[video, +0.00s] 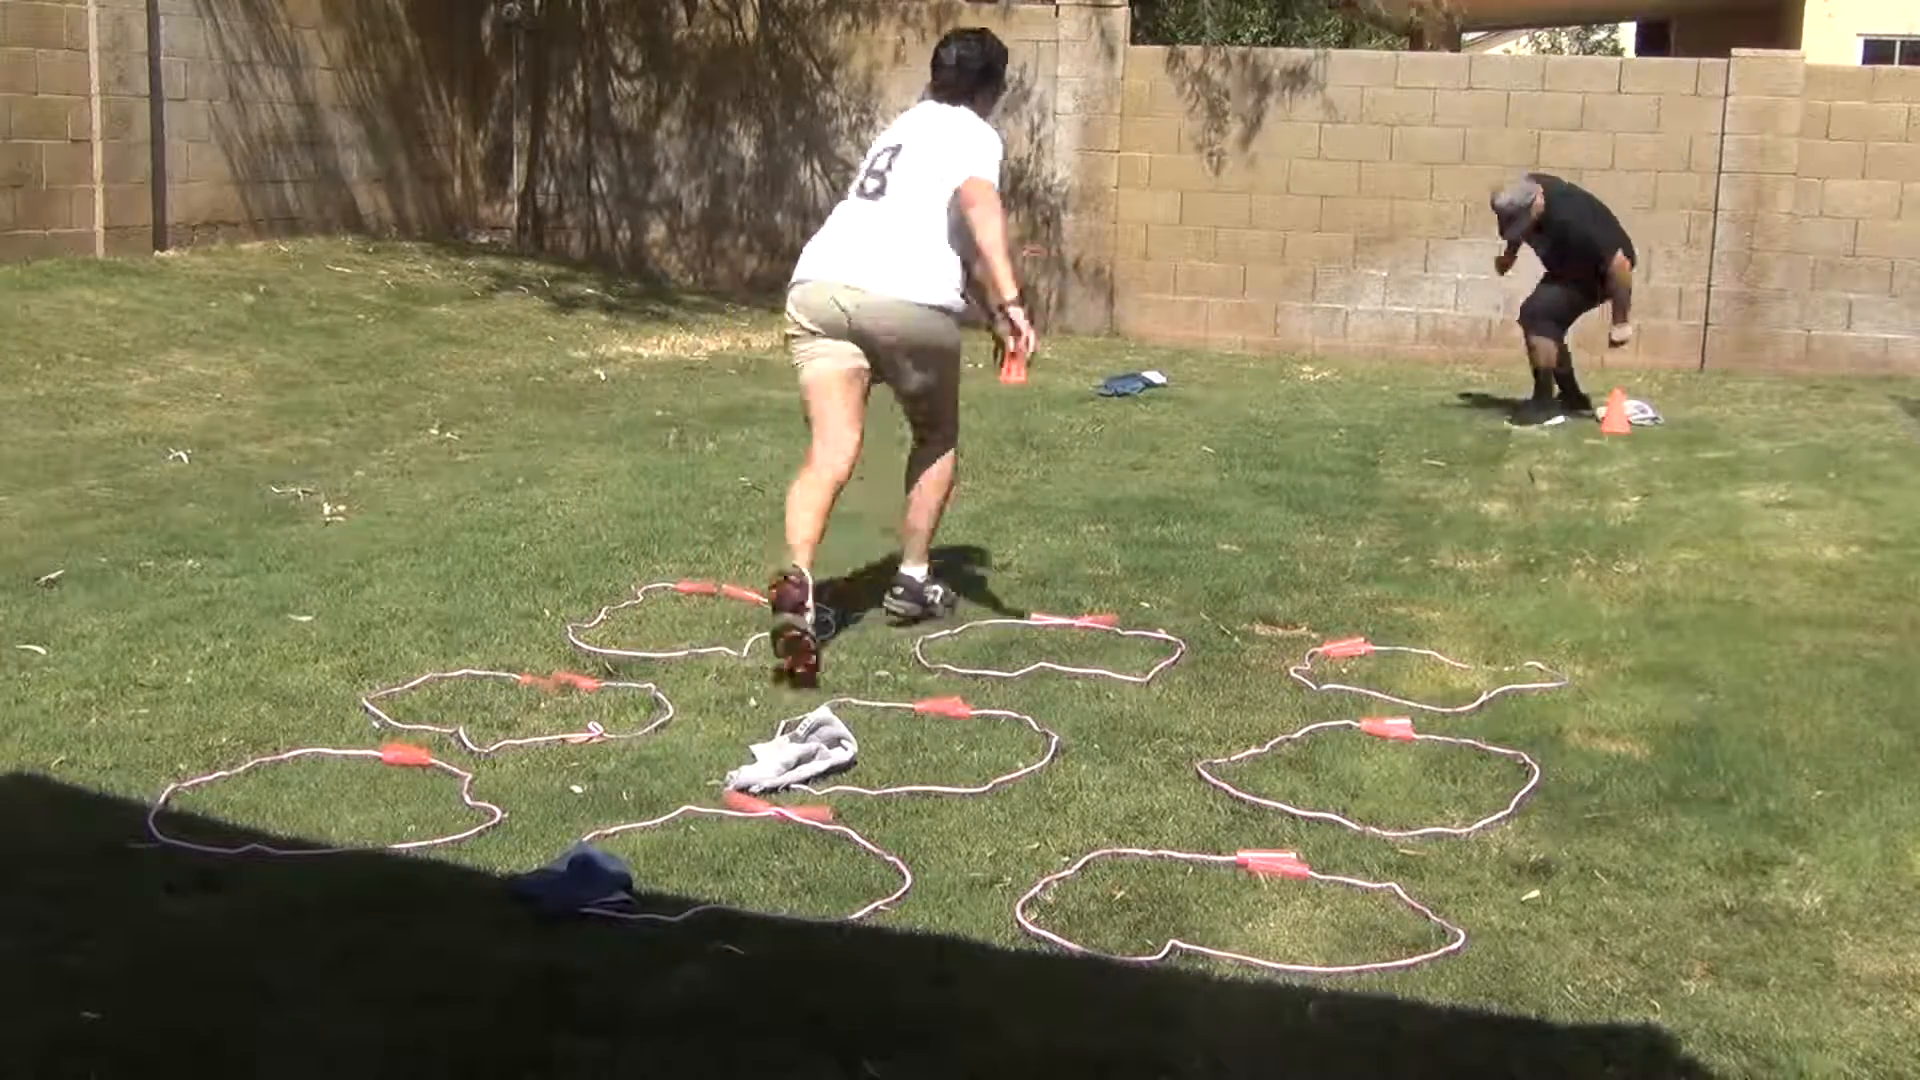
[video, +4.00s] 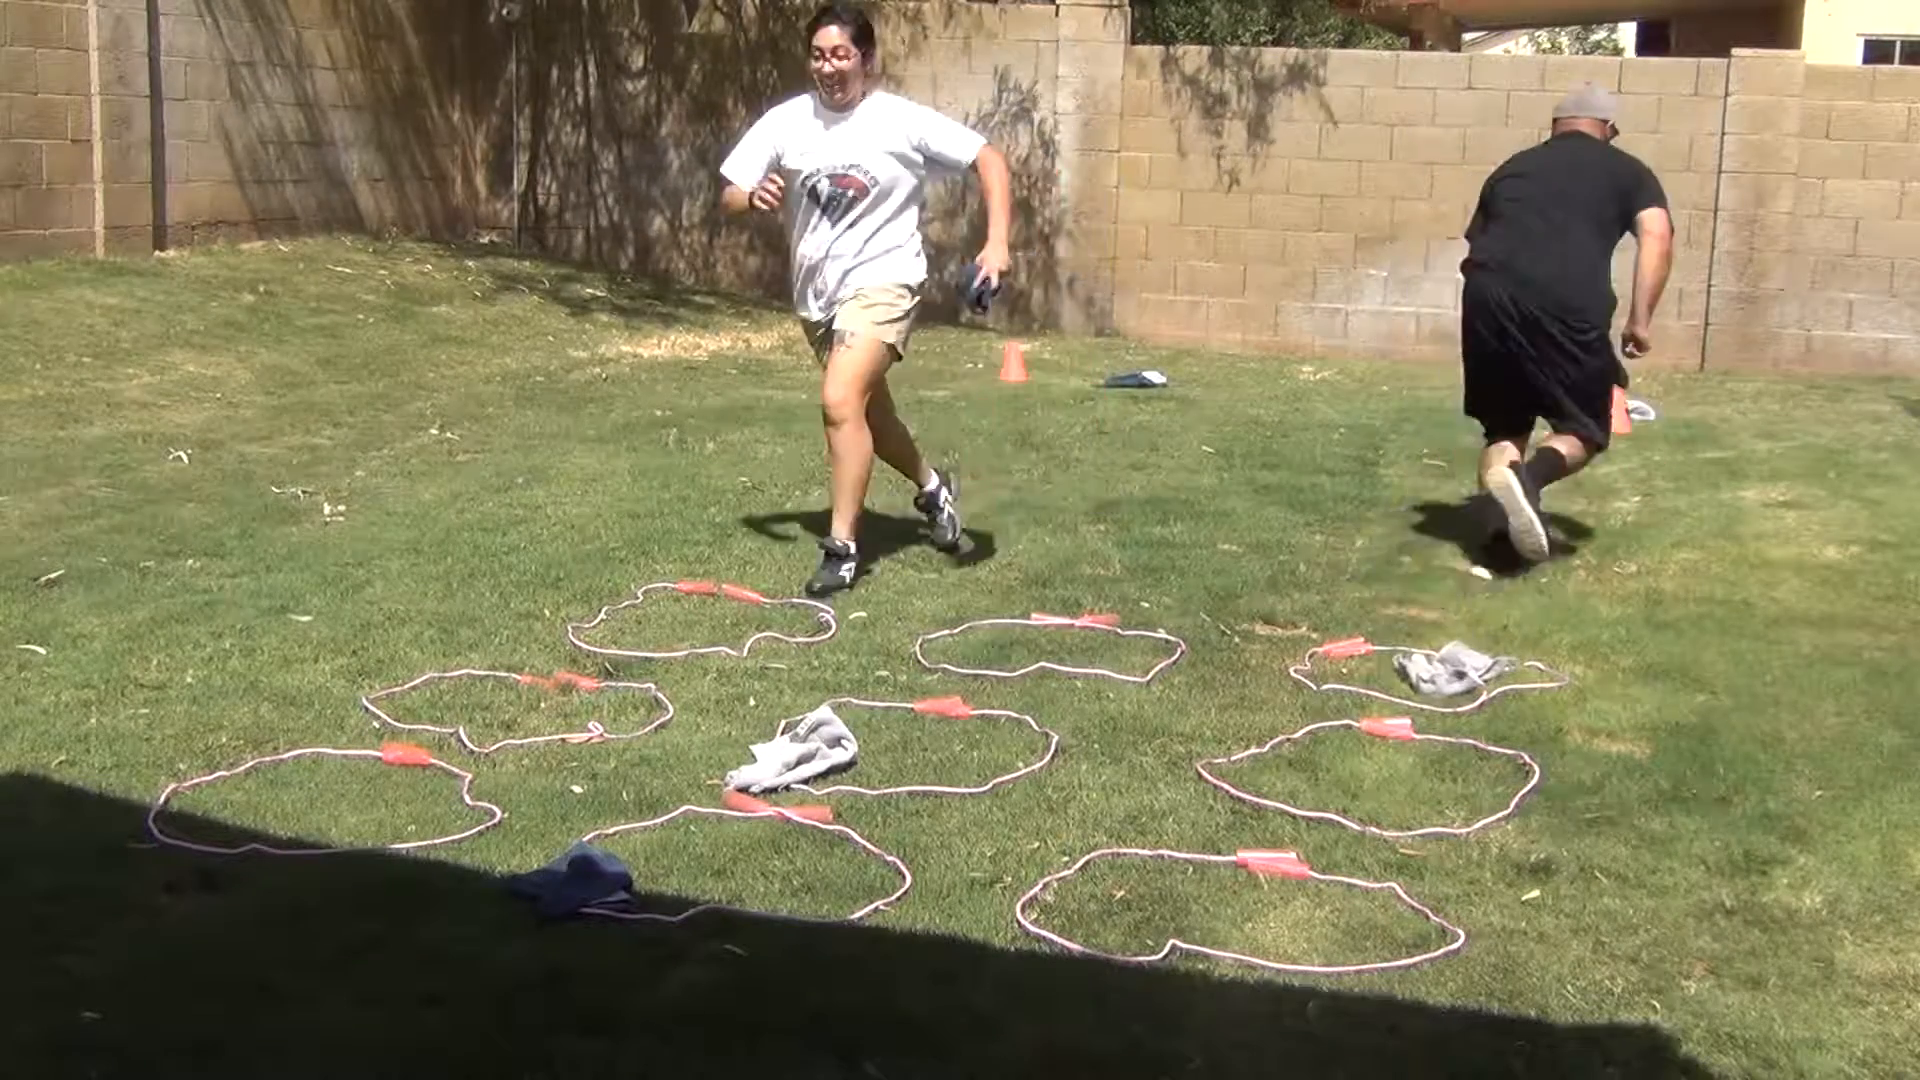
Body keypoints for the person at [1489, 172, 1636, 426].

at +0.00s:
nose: (1520, 235)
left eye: (1523, 227)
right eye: (1514, 231)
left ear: (1537, 203)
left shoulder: (1572, 218)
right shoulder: (1527, 192)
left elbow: (1620, 264)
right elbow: (1519, 226)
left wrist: (1620, 322)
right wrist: (1509, 255)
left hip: (1598, 274)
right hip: (1567, 268)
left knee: (1539, 318)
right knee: (1537, 320)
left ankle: (1543, 401)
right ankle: (1572, 395)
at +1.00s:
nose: (1612, 280)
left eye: (1618, 276)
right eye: (1611, 273)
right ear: (1598, 250)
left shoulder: (1626, 260)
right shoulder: (1551, 241)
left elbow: (1617, 311)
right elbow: (1500, 288)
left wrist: (1614, 371)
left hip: (1568, 295)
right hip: (1526, 290)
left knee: (1583, 368)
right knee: (1530, 356)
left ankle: (1538, 393)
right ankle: (1522, 419)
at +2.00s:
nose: (1618, 132)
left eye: (1625, 123)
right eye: (1610, 123)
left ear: (1634, 125)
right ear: (1589, 123)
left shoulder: (1631, 157)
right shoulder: (1561, 163)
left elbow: (1613, 207)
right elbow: (1552, 241)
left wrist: (1629, 217)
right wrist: (1615, 233)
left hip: (1593, 260)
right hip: (1537, 266)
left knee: (1611, 335)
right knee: (1540, 352)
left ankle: (1589, 417)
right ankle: (1548, 417)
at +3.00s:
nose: (1532, 119)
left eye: (1546, 110)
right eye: (1523, 107)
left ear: (1567, 106)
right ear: (1506, 98)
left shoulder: (1574, 156)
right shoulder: (1464, 152)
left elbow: (1563, 234)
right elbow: (1420, 238)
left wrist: (1538, 294)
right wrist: (1434, 312)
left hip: (1532, 318)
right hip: (1464, 312)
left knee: (1544, 442)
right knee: (1457, 423)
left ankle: (1486, 543)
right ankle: (1399, 547)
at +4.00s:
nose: (1615, 137)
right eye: (1614, 132)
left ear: (1554, 127)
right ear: (1607, 130)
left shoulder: (1513, 165)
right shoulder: (1626, 168)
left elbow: (1474, 253)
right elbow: (1657, 234)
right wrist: (1639, 321)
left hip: (1486, 291)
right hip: (1566, 298)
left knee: (1504, 422)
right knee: (1586, 427)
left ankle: (1504, 519)